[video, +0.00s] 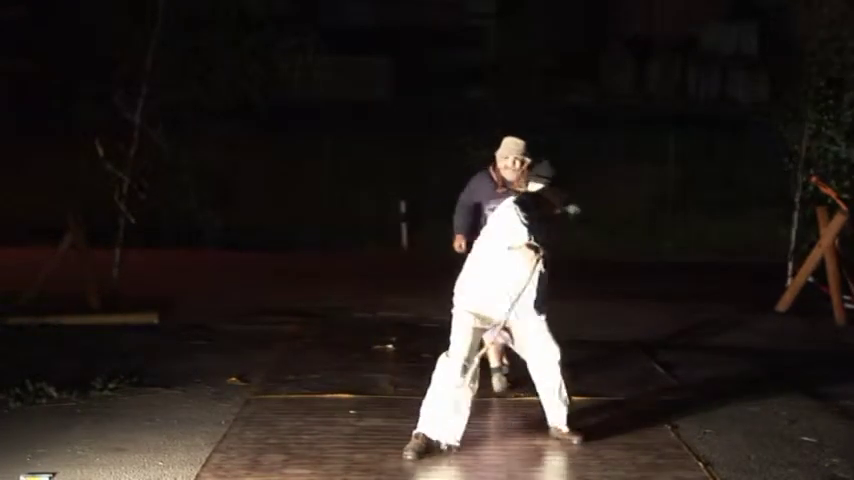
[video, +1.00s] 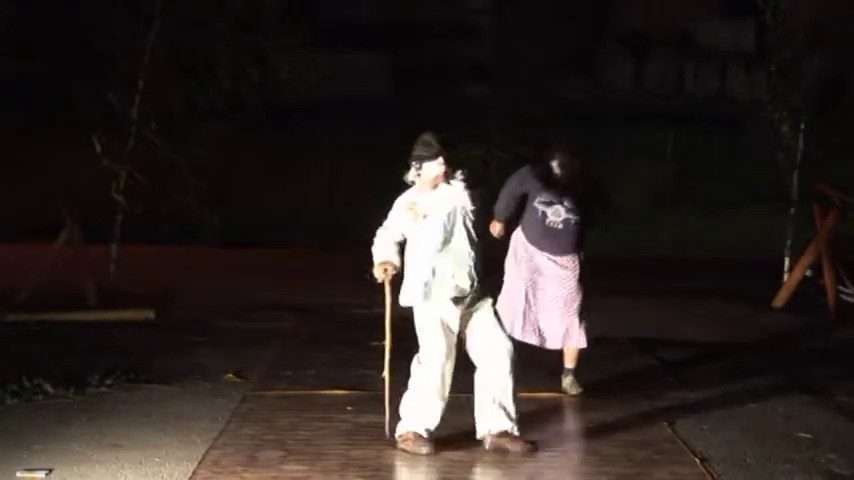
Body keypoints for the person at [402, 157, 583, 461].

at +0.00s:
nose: (555, 199)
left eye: (554, 193)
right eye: (549, 192)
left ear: (541, 187)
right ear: (537, 187)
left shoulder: (543, 222)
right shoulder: (514, 209)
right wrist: (531, 246)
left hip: (518, 308)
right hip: (475, 304)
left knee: (547, 357)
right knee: (457, 362)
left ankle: (558, 425)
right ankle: (426, 433)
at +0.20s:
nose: (516, 172)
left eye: (520, 166)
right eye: (509, 166)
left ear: (525, 176)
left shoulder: (525, 219)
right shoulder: (497, 210)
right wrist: (538, 219)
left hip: (510, 305)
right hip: (470, 301)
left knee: (542, 356)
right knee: (457, 358)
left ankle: (549, 421)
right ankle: (426, 431)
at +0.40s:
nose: (525, 217)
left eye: (530, 210)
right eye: (520, 209)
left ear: (533, 207)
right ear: (503, 202)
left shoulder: (541, 234)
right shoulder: (482, 227)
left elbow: (580, 252)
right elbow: (445, 258)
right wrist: (462, 288)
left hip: (521, 312)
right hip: (476, 309)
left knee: (558, 360)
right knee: (456, 365)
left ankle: (557, 424)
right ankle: (428, 432)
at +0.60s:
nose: (491, 194)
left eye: (491, 187)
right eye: (483, 190)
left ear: (496, 187)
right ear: (468, 195)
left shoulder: (518, 214)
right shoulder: (460, 222)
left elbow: (527, 261)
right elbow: (417, 254)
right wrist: (421, 278)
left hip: (509, 304)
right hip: (466, 306)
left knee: (549, 356)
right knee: (447, 362)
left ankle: (559, 423)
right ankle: (426, 432)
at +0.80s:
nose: (467, 168)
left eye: (468, 161)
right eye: (459, 163)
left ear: (470, 162)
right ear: (442, 167)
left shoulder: (488, 185)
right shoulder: (427, 198)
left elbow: (490, 203)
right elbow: (407, 229)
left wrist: (455, 187)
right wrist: (399, 251)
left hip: (486, 288)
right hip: (444, 292)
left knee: (525, 340)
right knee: (441, 353)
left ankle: (536, 414)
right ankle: (423, 430)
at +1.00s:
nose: (442, 169)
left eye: (442, 162)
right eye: (433, 164)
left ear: (445, 164)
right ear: (418, 169)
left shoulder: (459, 193)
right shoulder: (409, 202)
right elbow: (387, 234)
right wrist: (387, 258)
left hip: (470, 293)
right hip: (431, 296)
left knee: (497, 351)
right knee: (436, 359)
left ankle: (498, 429)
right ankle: (411, 429)